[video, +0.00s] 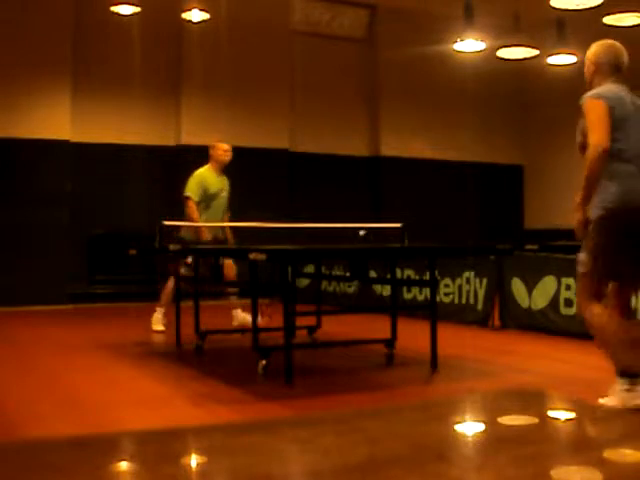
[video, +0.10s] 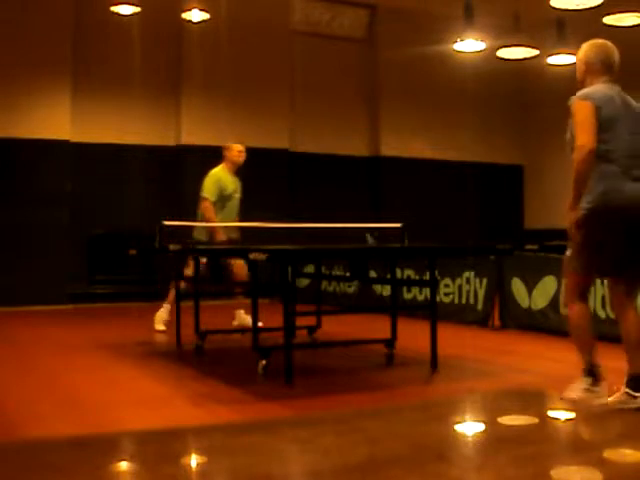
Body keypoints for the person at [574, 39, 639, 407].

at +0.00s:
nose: (584, 70)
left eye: (586, 65)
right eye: (586, 65)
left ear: (593, 67)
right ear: (620, 68)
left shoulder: (597, 98)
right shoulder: (632, 99)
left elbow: (600, 146)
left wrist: (582, 200)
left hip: (613, 209)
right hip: (635, 208)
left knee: (589, 297)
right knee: (620, 297)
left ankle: (630, 378)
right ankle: (628, 381)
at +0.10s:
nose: (575, 70)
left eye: (577, 64)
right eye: (577, 64)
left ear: (586, 67)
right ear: (612, 68)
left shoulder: (584, 99)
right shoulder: (630, 103)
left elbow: (586, 148)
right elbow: (631, 156)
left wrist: (574, 203)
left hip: (600, 209)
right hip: (633, 209)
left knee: (574, 294)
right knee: (624, 297)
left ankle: (591, 376)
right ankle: (634, 383)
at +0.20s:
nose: (566, 74)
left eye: (567, 69)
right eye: (567, 68)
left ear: (574, 71)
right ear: (601, 71)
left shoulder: (571, 104)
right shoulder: (627, 108)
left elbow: (569, 153)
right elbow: (632, 158)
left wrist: (561, 208)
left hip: (592, 208)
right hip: (631, 209)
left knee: (568, 291)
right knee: (625, 295)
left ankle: (558, 375)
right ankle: (634, 383)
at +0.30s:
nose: (552, 80)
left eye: (554, 74)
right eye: (553, 74)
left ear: (560, 76)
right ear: (589, 76)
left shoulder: (557, 111)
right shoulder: (617, 112)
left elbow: (551, 162)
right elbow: (635, 160)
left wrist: (544, 216)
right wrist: (628, 201)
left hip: (577, 211)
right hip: (620, 210)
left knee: (559, 292)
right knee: (623, 294)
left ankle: (544, 371)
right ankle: (636, 383)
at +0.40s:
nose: (540, 87)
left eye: (541, 81)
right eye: (541, 81)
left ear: (549, 82)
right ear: (573, 81)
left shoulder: (542, 116)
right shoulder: (605, 115)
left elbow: (535, 168)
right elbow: (627, 168)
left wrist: (529, 220)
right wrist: (622, 209)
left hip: (565, 214)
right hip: (607, 214)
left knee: (547, 293)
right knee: (611, 293)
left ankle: (543, 373)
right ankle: (632, 380)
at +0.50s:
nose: (528, 91)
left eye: (528, 86)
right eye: (530, 86)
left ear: (533, 85)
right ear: (561, 81)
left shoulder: (528, 116)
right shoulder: (593, 111)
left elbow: (520, 167)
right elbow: (621, 161)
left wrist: (514, 219)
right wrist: (622, 204)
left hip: (554, 210)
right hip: (597, 208)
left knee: (543, 291)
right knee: (602, 286)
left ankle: (542, 373)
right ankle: (628, 367)